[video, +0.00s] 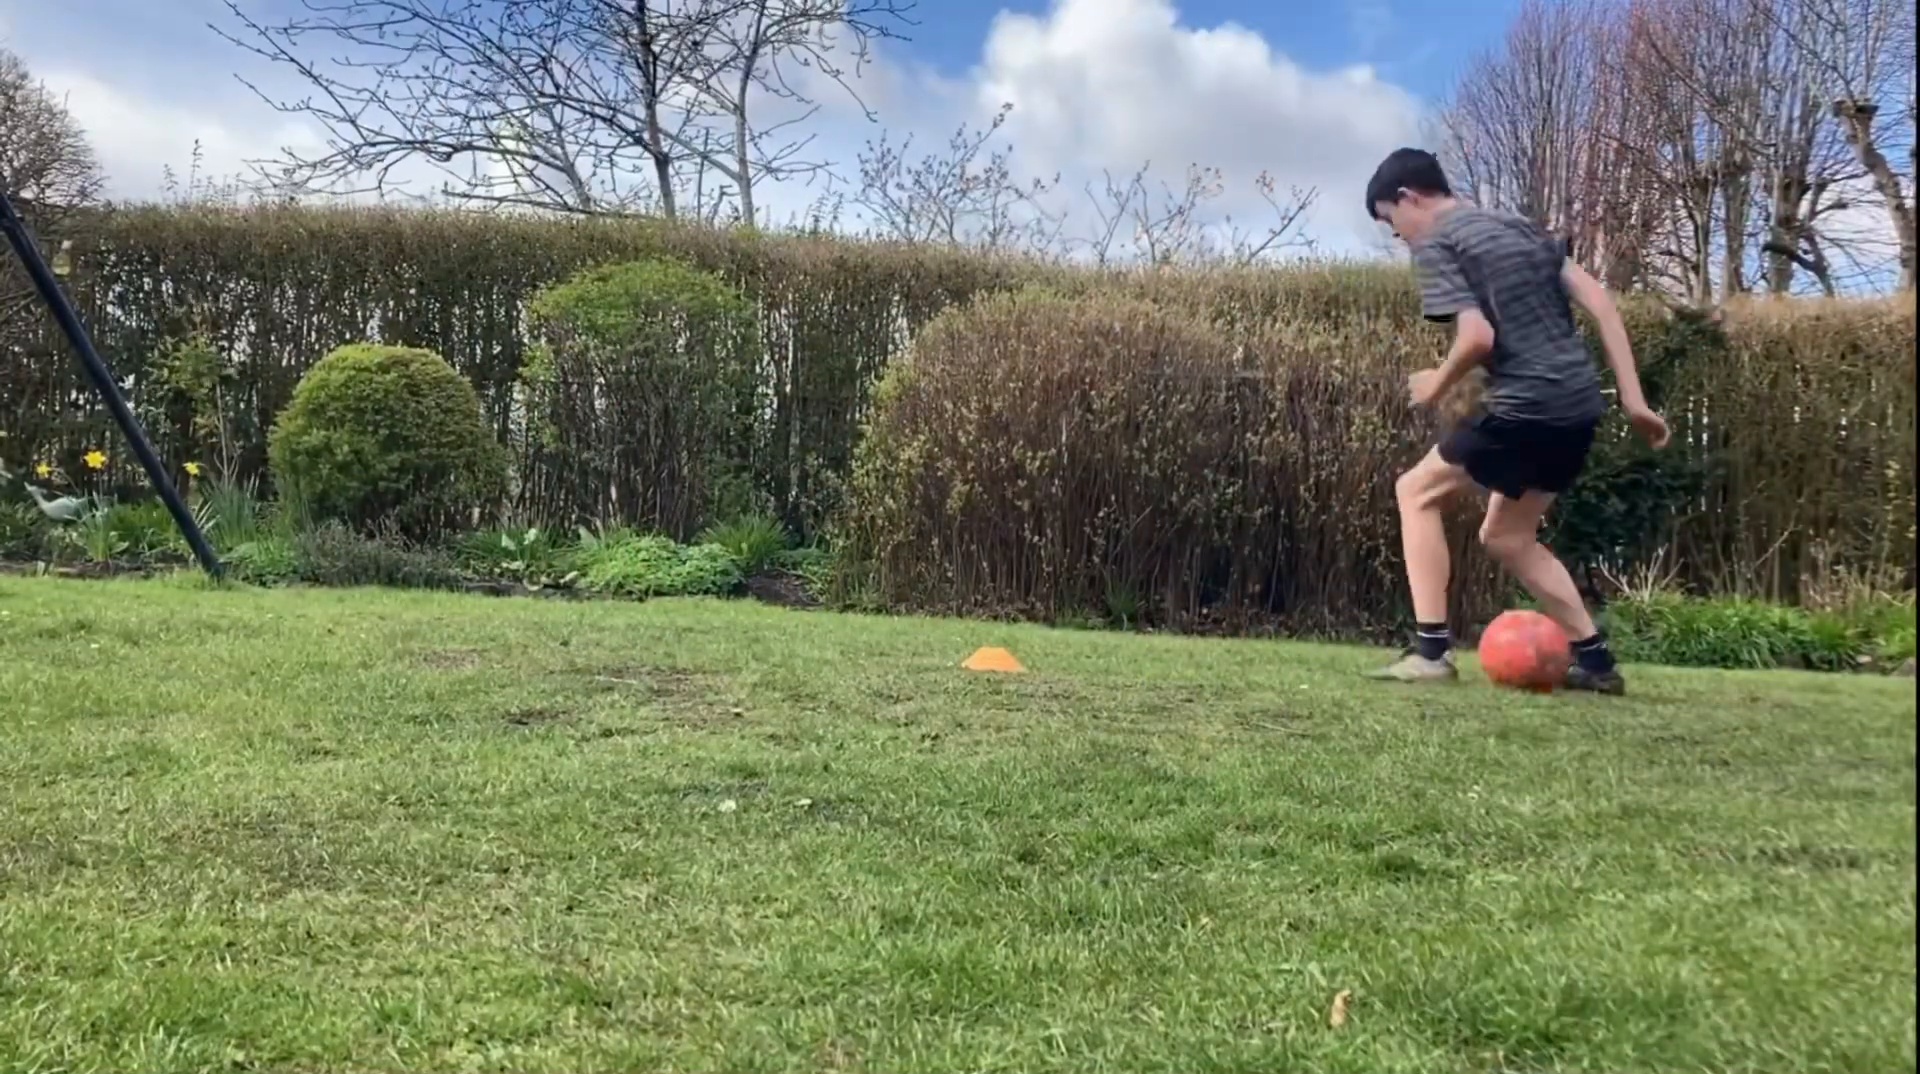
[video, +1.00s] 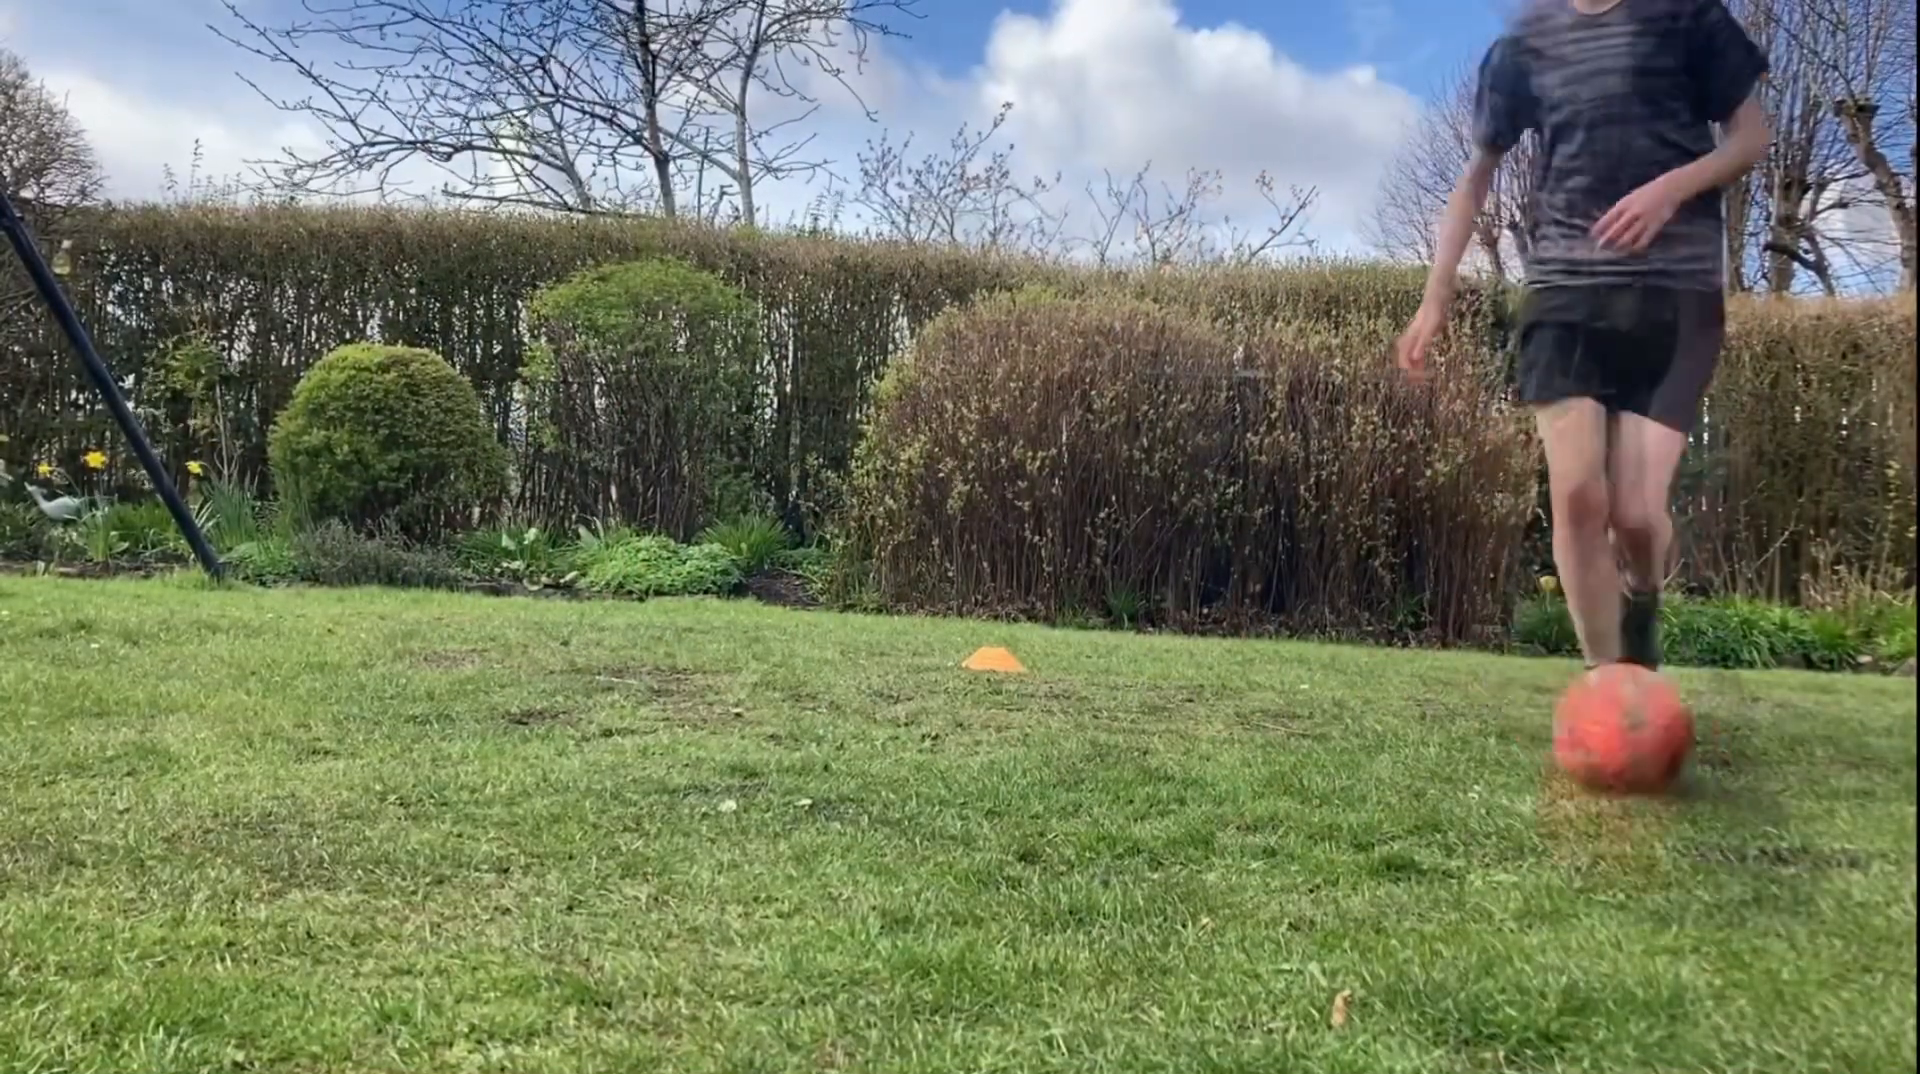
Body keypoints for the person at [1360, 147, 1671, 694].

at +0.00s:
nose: (1399, 236)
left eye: (1392, 221)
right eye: (1390, 227)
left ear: (1411, 197)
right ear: (1440, 192)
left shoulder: (1437, 243)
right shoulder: (1519, 228)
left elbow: (1477, 335)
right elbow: (1599, 299)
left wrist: (1437, 381)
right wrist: (1634, 399)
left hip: (1523, 407)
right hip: (1580, 408)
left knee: (1416, 491)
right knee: (1508, 535)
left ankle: (1430, 653)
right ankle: (1595, 661)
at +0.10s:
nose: (1401, 234)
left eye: (1398, 218)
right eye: (1393, 225)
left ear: (1429, 194)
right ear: (1434, 197)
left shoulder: (1474, 239)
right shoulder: (1500, 231)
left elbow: (1540, 313)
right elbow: (1565, 329)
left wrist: (1480, 391)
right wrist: (1587, 428)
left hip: (1553, 411)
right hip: (1578, 411)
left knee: (1421, 490)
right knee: (1499, 536)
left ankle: (1431, 647)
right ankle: (1591, 659)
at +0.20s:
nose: (1408, 186)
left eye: (1410, 169)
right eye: (1401, 177)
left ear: (1447, 152)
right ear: (1441, 161)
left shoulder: (1502, 197)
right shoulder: (1480, 213)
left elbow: (1584, 260)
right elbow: (1524, 305)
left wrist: (1516, 346)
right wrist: (1509, 373)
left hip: (1571, 375)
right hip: (1547, 378)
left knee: (1453, 488)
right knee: (1498, 530)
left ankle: (1454, 628)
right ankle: (1583, 642)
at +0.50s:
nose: (1477, 147)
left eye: (1490, 133)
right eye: (1465, 136)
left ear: (1518, 136)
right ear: (1455, 146)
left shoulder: (1567, 205)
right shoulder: (1463, 233)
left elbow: (1642, 274)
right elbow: (1467, 325)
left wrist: (1581, 351)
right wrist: (1420, 413)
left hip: (1587, 382)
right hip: (1515, 395)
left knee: (1521, 477)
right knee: (1497, 536)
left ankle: (1559, 649)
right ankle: (1545, 652)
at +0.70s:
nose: (1546, 70)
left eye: (1561, 56)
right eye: (1533, 56)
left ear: (1586, 61)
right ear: (1516, 64)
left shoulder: (1628, 150)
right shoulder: (1493, 165)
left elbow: (1695, 254)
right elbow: (1476, 277)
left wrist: (1614, 277)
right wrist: (1435, 368)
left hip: (1609, 372)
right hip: (1517, 375)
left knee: (1566, 529)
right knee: (1498, 547)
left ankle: (1562, 661)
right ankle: (1504, 592)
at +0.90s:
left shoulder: (1660, 31)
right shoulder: (1518, 61)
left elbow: (1735, 149)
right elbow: (1491, 188)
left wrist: (1633, 207)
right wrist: (1438, 298)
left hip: (1645, 294)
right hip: (1547, 289)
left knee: (1592, 490)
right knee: (1550, 464)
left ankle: (1602, 611)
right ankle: (1579, 664)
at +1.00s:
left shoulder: (1688, 18)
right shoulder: (1522, 44)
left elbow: (1754, 133)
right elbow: (1475, 179)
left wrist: (1672, 187)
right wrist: (1433, 301)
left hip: (1676, 290)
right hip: (1562, 291)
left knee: (1636, 514)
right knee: (1577, 498)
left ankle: (1642, 610)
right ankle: (1608, 691)